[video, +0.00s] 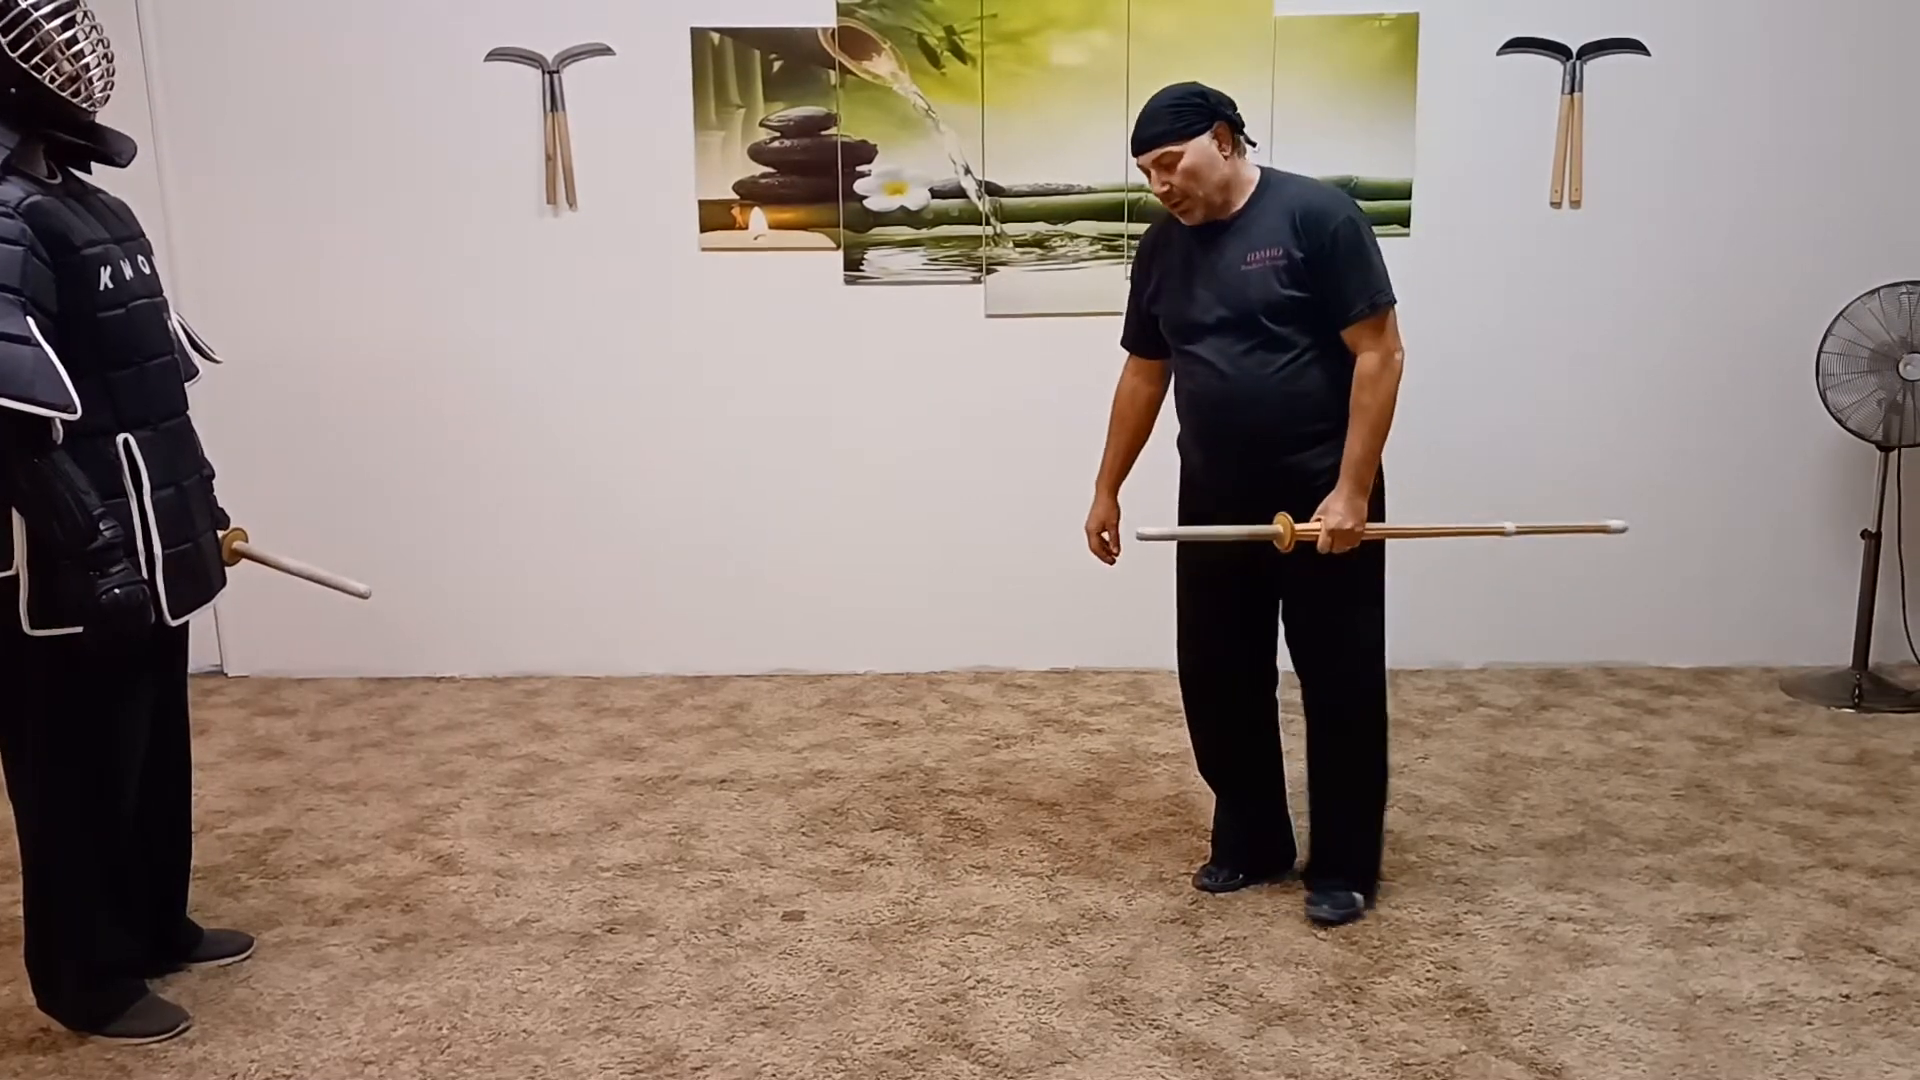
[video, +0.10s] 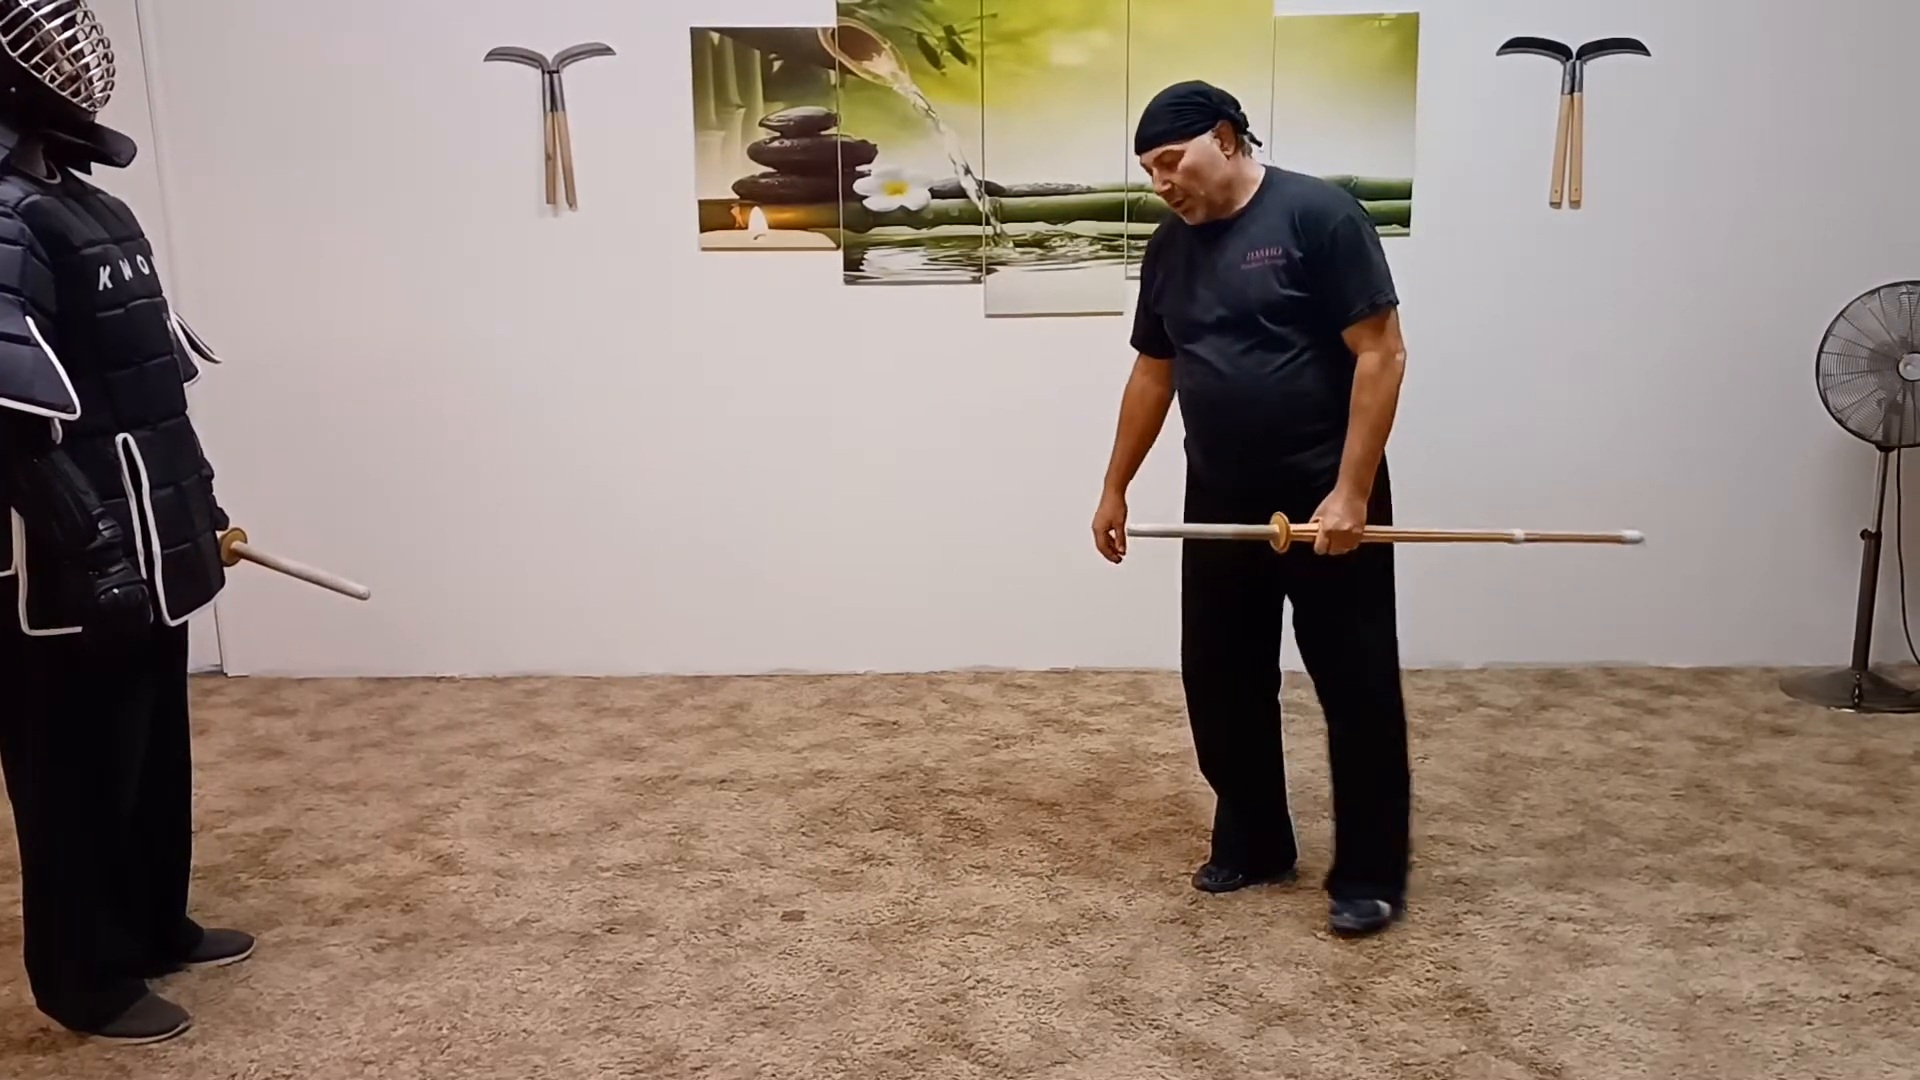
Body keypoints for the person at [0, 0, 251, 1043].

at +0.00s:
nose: (92, 76)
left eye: (87, 58)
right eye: (71, 60)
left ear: (55, 78)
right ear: (27, 77)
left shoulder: (101, 207)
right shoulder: (7, 215)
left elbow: (155, 382)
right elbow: (22, 413)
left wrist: (201, 508)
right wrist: (97, 543)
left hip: (145, 547)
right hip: (60, 561)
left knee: (151, 751)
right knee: (77, 773)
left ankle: (158, 931)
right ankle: (84, 982)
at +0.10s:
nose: (90, 78)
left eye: (85, 60)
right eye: (69, 62)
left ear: (59, 78)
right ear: (26, 78)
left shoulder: (99, 207)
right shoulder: (7, 216)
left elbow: (152, 381)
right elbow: (24, 417)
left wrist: (200, 505)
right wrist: (97, 547)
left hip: (144, 547)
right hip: (57, 563)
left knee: (151, 751)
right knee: (76, 773)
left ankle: (157, 931)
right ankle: (83, 982)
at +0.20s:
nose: (91, 84)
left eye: (87, 66)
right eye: (71, 68)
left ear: (63, 84)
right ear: (27, 83)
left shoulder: (98, 207)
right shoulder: (6, 216)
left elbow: (151, 379)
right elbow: (23, 416)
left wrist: (198, 504)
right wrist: (95, 550)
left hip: (144, 545)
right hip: (58, 563)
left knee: (150, 750)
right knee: (75, 771)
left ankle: (157, 931)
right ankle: (83, 981)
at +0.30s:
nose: (94, 83)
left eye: (90, 66)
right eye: (75, 67)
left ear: (59, 85)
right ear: (30, 82)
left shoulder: (100, 209)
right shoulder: (10, 219)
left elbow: (151, 381)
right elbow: (24, 417)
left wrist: (198, 506)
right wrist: (90, 551)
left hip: (145, 548)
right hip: (61, 567)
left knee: (151, 750)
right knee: (76, 772)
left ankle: (156, 930)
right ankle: (82, 981)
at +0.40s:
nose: (92, 82)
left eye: (87, 66)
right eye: (73, 67)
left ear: (53, 86)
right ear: (31, 83)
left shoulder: (101, 210)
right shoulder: (10, 220)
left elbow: (151, 381)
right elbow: (24, 417)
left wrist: (198, 505)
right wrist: (90, 549)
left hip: (145, 548)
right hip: (60, 567)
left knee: (150, 750)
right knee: (75, 772)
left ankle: (156, 931)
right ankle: (82, 981)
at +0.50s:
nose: (88, 82)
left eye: (83, 66)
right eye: (71, 68)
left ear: (49, 86)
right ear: (31, 83)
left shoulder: (101, 209)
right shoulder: (10, 220)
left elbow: (151, 381)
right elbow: (24, 415)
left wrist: (198, 506)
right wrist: (88, 548)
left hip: (144, 549)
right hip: (60, 566)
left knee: (151, 750)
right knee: (75, 771)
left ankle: (155, 930)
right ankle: (81, 981)